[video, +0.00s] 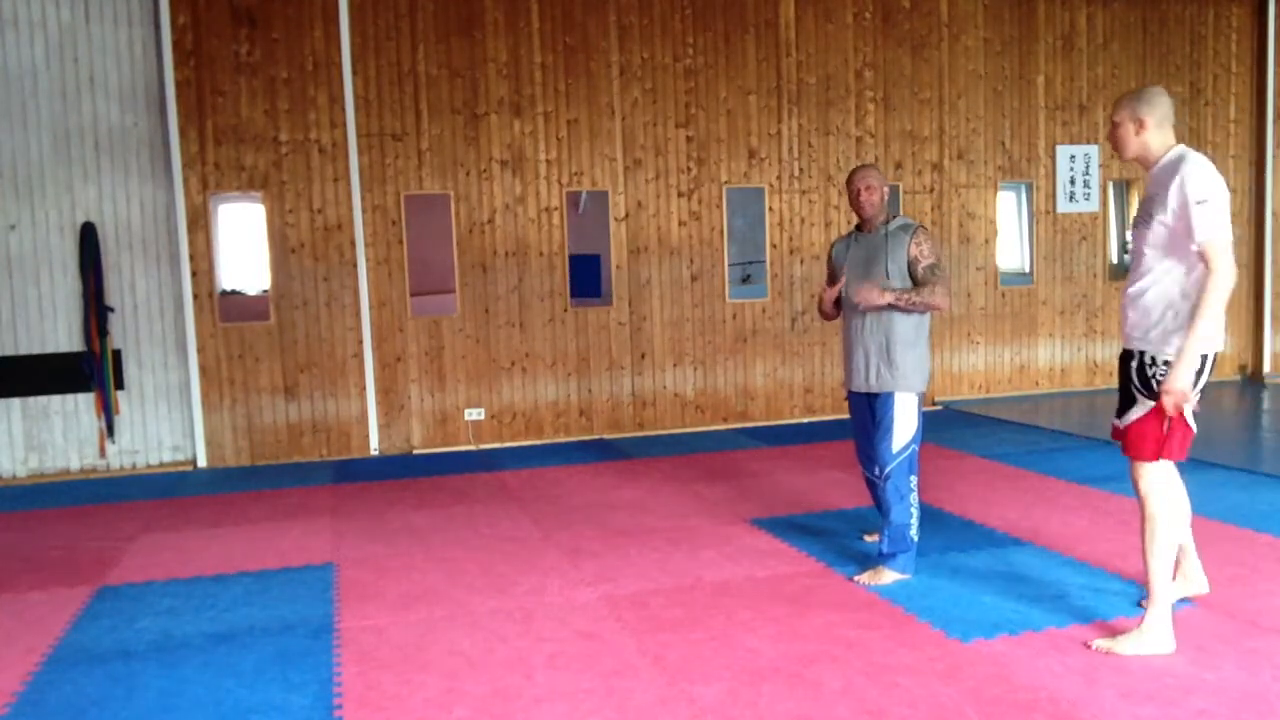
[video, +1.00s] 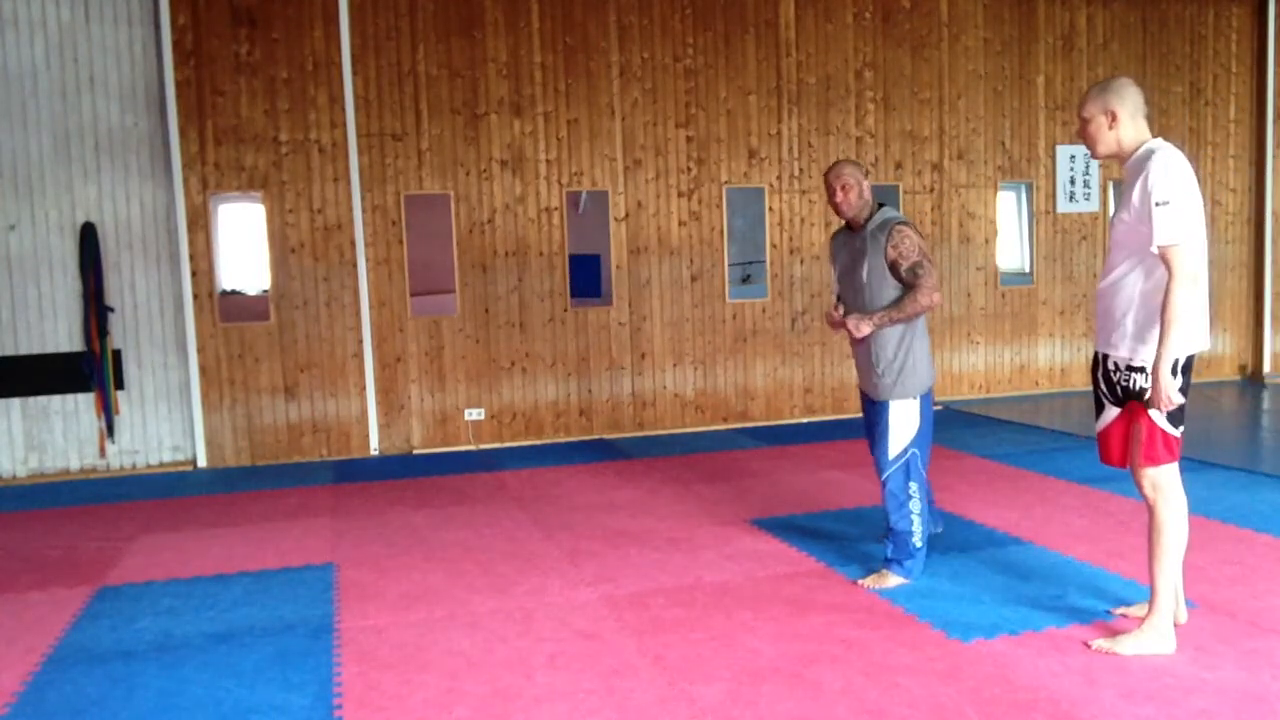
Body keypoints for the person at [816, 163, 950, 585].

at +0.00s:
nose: (862, 196)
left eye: (869, 189)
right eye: (855, 191)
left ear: (885, 192)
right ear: (848, 200)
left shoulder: (912, 236)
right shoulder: (841, 248)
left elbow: (939, 296)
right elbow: (829, 313)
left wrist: (884, 297)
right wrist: (828, 300)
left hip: (900, 373)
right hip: (859, 373)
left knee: (895, 469)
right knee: (872, 463)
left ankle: (900, 560)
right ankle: (895, 527)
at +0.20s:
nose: (853, 196)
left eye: (860, 189)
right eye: (846, 191)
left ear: (877, 192)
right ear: (841, 199)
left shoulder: (905, 235)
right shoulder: (839, 248)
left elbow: (939, 290)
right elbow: (833, 298)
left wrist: (890, 313)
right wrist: (832, 308)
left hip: (898, 371)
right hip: (859, 371)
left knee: (889, 463)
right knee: (871, 459)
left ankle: (897, 555)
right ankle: (898, 525)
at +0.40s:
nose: (844, 201)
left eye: (850, 192)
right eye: (837, 195)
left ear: (869, 193)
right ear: (833, 203)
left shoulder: (898, 234)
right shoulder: (837, 250)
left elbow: (937, 288)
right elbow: (835, 296)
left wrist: (887, 317)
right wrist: (836, 309)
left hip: (897, 367)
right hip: (860, 368)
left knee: (885, 459)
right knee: (871, 457)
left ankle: (895, 553)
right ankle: (896, 524)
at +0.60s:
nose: (838, 204)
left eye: (844, 195)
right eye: (831, 199)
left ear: (865, 195)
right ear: (829, 206)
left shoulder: (890, 238)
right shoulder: (839, 250)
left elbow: (928, 295)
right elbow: (847, 296)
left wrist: (873, 324)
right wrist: (839, 314)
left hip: (896, 377)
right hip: (863, 377)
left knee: (888, 468)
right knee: (871, 460)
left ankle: (906, 561)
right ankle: (896, 526)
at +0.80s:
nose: (836, 199)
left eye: (842, 189)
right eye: (829, 194)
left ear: (863, 188)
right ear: (825, 202)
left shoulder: (890, 234)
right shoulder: (838, 244)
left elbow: (923, 295)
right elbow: (848, 297)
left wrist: (867, 321)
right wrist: (841, 316)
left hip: (903, 377)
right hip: (871, 376)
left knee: (897, 471)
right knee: (878, 460)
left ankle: (905, 564)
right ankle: (896, 527)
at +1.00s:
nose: (840, 196)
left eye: (847, 187)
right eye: (833, 191)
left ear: (867, 186)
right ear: (830, 199)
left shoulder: (895, 233)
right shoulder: (840, 242)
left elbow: (929, 294)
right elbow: (848, 293)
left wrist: (874, 320)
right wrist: (839, 310)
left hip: (904, 378)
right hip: (872, 376)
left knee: (896, 472)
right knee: (891, 459)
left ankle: (905, 563)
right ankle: (923, 520)